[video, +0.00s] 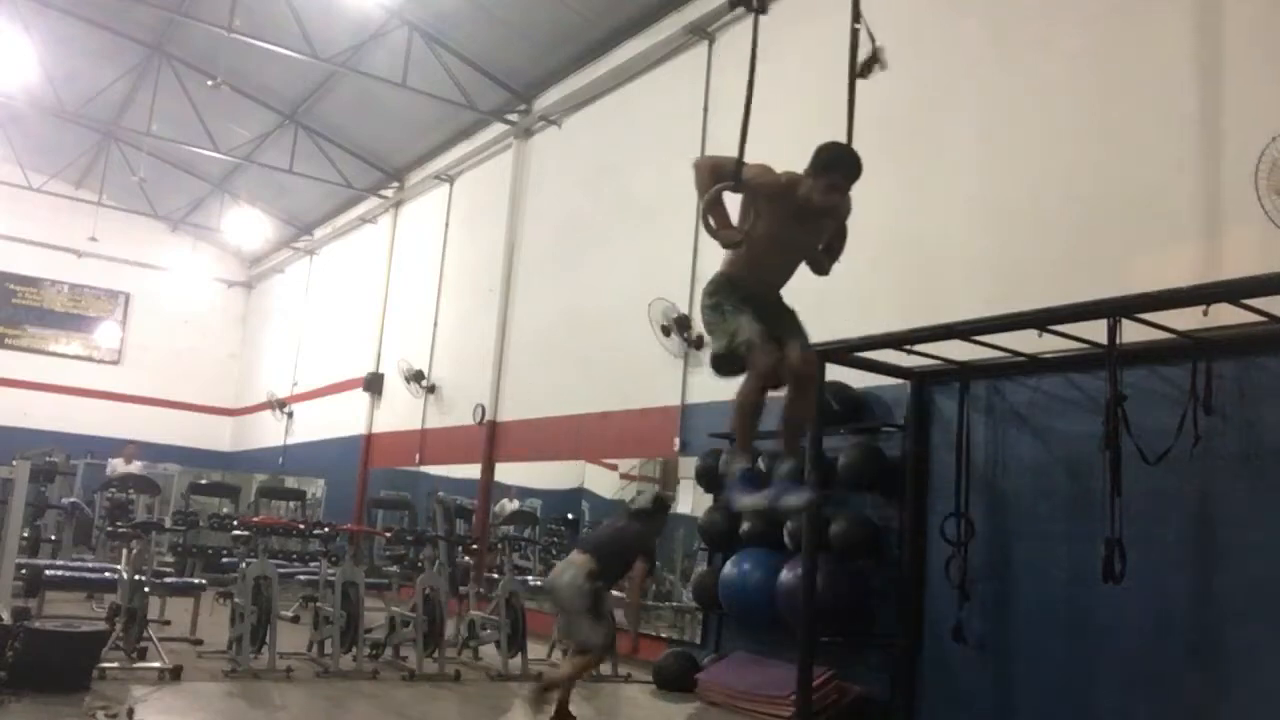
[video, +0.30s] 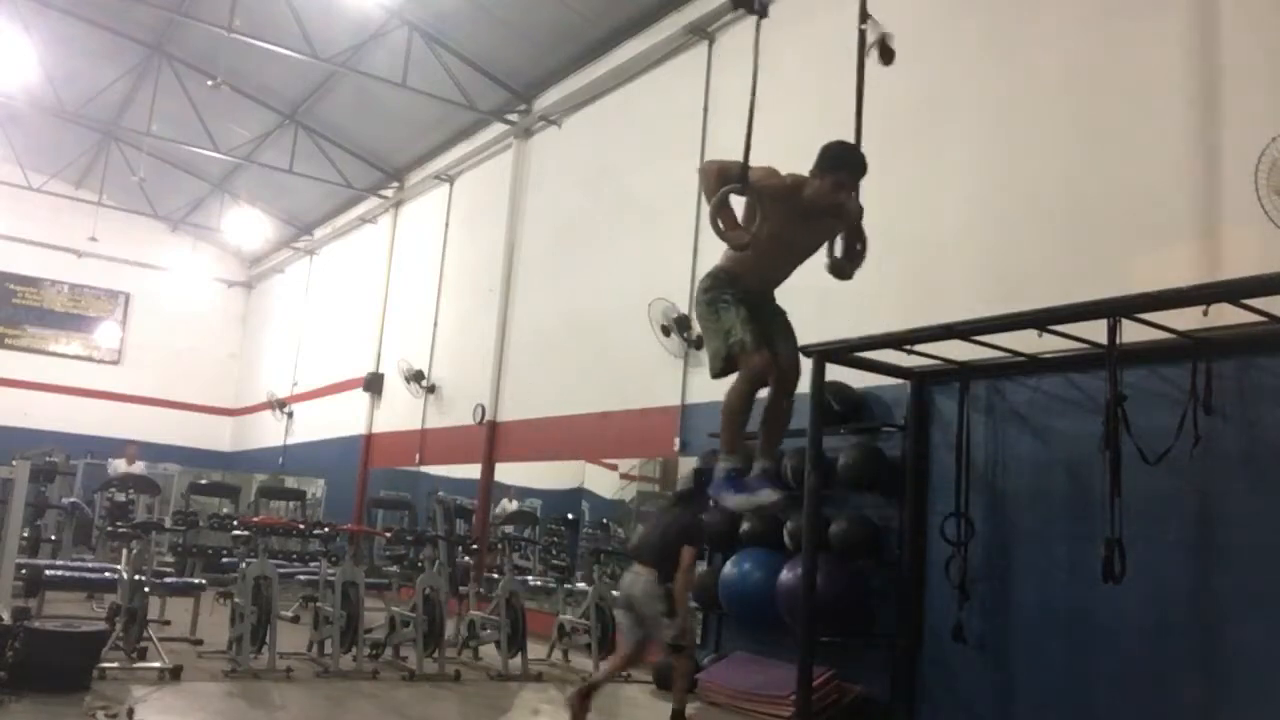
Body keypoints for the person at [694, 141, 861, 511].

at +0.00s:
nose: (840, 201)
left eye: (845, 192)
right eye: (833, 191)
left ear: (848, 186)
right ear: (810, 179)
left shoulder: (836, 210)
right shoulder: (769, 185)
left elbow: (822, 263)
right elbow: (705, 166)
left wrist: (820, 257)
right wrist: (722, 227)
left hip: (769, 302)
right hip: (728, 294)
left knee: (806, 369)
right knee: (765, 364)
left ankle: (790, 471)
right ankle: (742, 468)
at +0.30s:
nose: (849, 199)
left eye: (853, 190)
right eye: (842, 188)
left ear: (855, 186)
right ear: (818, 177)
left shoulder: (846, 210)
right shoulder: (775, 186)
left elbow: (857, 241)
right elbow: (711, 170)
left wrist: (846, 266)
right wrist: (729, 227)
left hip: (762, 297)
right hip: (723, 290)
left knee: (789, 373)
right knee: (757, 366)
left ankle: (762, 474)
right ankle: (726, 476)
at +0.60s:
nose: (791, 243)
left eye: (798, 237)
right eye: (786, 233)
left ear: (803, 238)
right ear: (767, 226)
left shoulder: (793, 278)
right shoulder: (729, 262)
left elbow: (816, 320)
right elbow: (677, 295)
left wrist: (844, 281)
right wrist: (712, 258)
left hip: (769, 370)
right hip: (722, 369)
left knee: (820, 344)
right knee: (778, 346)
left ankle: (850, 425)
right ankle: (812, 439)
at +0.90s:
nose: (737, 378)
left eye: (740, 371)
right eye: (728, 371)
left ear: (746, 376)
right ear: (709, 376)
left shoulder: (752, 405)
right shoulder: (696, 404)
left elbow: (767, 352)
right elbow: (688, 342)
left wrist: (768, 299)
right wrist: (694, 284)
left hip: (772, 507)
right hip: (733, 513)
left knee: (827, 484)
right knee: (769, 491)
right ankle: (870, 500)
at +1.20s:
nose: (802, 402)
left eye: (811, 394)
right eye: (794, 392)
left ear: (820, 393)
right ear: (776, 387)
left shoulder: (814, 426)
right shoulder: (754, 417)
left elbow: (828, 349)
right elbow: (759, 337)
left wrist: (830, 281)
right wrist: (766, 274)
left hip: (796, 562)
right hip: (748, 555)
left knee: (795, 672)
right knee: (721, 660)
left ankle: (774, 714)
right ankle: (685, 706)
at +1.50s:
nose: (877, 386)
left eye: (885, 378)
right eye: (871, 374)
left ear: (890, 374)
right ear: (844, 360)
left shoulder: (873, 397)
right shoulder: (809, 391)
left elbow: (906, 324)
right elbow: (807, 312)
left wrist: (914, 258)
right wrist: (814, 240)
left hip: (806, 529)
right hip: (762, 511)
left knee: (787, 596)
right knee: (680, 532)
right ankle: (672, 445)